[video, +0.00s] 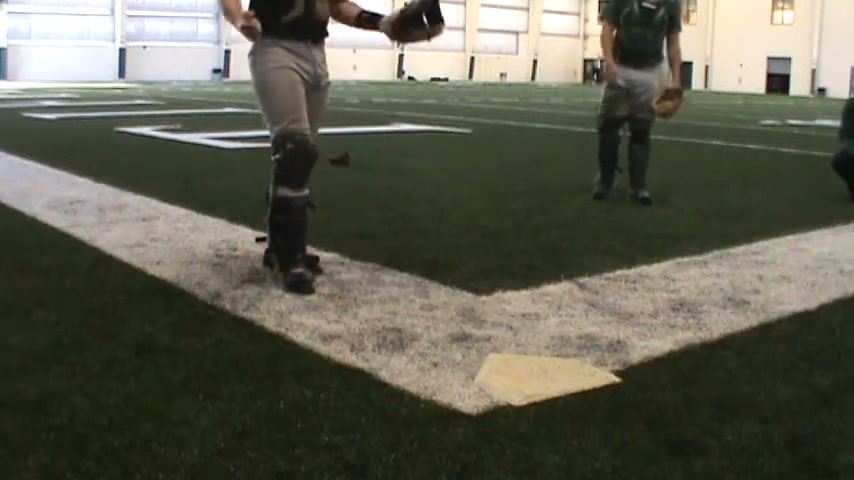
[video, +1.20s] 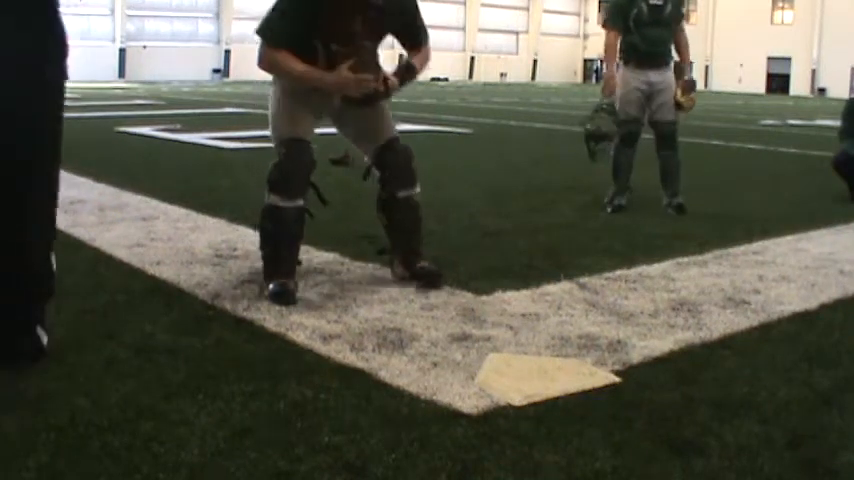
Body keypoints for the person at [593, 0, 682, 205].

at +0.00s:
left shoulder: (672, 5)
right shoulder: (619, 3)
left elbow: (673, 42)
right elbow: (607, 28)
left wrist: (675, 80)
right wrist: (609, 63)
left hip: (650, 74)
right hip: (619, 71)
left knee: (641, 134)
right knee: (608, 128)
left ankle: (639, 187)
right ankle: (605, 182)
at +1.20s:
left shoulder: (673, 4)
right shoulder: (622, 4)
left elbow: (678, 33)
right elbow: (612, 35)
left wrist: (686, 73)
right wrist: (609, 75)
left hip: (663, 73)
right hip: (631, 73)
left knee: (667, 137)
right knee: (627, 136)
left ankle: (672, 196)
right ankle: (619, 193)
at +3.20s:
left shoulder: (651, 3)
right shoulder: (601, 4)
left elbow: (665, 28)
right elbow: (590, 39)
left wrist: (675, 60)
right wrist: (584, 76)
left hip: (645, 75)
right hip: (613, 74)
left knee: (650, 135)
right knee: (617, 135)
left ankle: (656, 193)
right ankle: (618, 188)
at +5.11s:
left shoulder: (653, 4)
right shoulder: (603, 5)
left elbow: (666, 29)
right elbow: (594, 39)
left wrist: (678, 61)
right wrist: (590, 75)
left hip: (645, 74)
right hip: (613, 73)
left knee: (651, 133)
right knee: (617, 134)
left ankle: (655, 193)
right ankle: (618, 188)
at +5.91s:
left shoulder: (653, 4)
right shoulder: (603, 5)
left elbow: (666, 29)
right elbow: (594, 40)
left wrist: (679, 60)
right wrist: (588, 75)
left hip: (645, 74)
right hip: (613, 74)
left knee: (651, 133)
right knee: (617, 134)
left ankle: (656, 193)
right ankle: (618, 188)